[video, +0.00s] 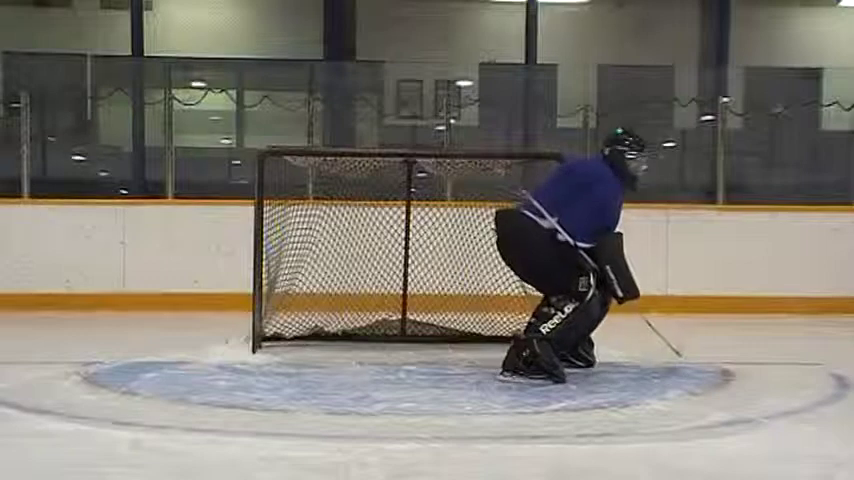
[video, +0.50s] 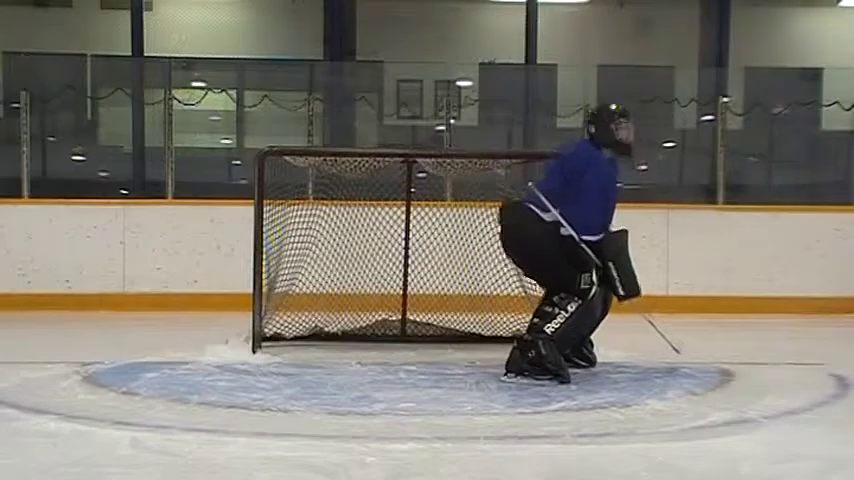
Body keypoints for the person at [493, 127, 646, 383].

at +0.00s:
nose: (641, 169)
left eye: (643, 162)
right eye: (637, 161)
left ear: (611, 154)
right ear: (621, 159)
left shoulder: (585, 167)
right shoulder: (608, 187)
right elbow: (605, 244)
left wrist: (605, 274)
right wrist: (626, 289)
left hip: (514, 228)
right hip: (534, 237)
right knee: (589, 292)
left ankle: (569, 343)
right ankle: (531, 351)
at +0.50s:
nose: (627, 133)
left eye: (627, 126)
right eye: (620, 126)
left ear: (597, 131)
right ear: (603, 130)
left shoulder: (581, 153)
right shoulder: (600, 163)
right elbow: (590, 229)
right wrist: (606, 267)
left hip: (518, 221)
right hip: (535, 227)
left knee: (566, 285)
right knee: (591, 289)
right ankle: (539, 348)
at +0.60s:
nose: (625, 121)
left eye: (624, 114)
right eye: (618, 115)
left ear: (596, 120)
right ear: (600, 120)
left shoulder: (579, 145)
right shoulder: (596, 155)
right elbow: (586, 218)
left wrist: (601, 250)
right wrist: (603, 260)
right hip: (535, 224)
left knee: (565, 284)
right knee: (583, 284)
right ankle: (533, 349)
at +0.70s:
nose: (622, 111)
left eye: (621, 104)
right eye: (615, 106)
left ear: (594, 111)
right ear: (596, 111)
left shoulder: (599, 144)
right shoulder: (585, 145)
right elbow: (581, 209)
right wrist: (589, 254)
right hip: (554, 225)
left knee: (597, 284)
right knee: (582, 285)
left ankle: (569, 340)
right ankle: (533, 349)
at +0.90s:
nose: (617, 92)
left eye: (616, 85)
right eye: (610, 86)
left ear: (587, 92)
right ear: (593, 90)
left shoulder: (563, 122)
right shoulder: (595, 128)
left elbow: (573, 178)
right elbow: (593, 188)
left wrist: (621, 190)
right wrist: (612, 226)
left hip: (531, 210)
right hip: (560, 215)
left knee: (561, 278)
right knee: (589, 280)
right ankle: (540, 347)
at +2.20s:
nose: (629, 122)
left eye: (633, 117)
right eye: (627, 114)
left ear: (604, 104)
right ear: (612, 105)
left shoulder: (586, 123)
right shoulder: (590, 129)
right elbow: (575, 191)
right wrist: (598, 235)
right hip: (545, 211)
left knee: (560, 280)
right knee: (574, 280)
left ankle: (542, 349)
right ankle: (540, 353)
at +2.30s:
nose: (633, 133)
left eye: (637, 127)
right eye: (630, 125)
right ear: (615, 116)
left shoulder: (591, 134)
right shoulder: (594, 141)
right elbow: (579, 207)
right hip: (536, 214)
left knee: (560, 281)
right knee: (573, 281)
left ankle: (543, 349)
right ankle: (540, 353)